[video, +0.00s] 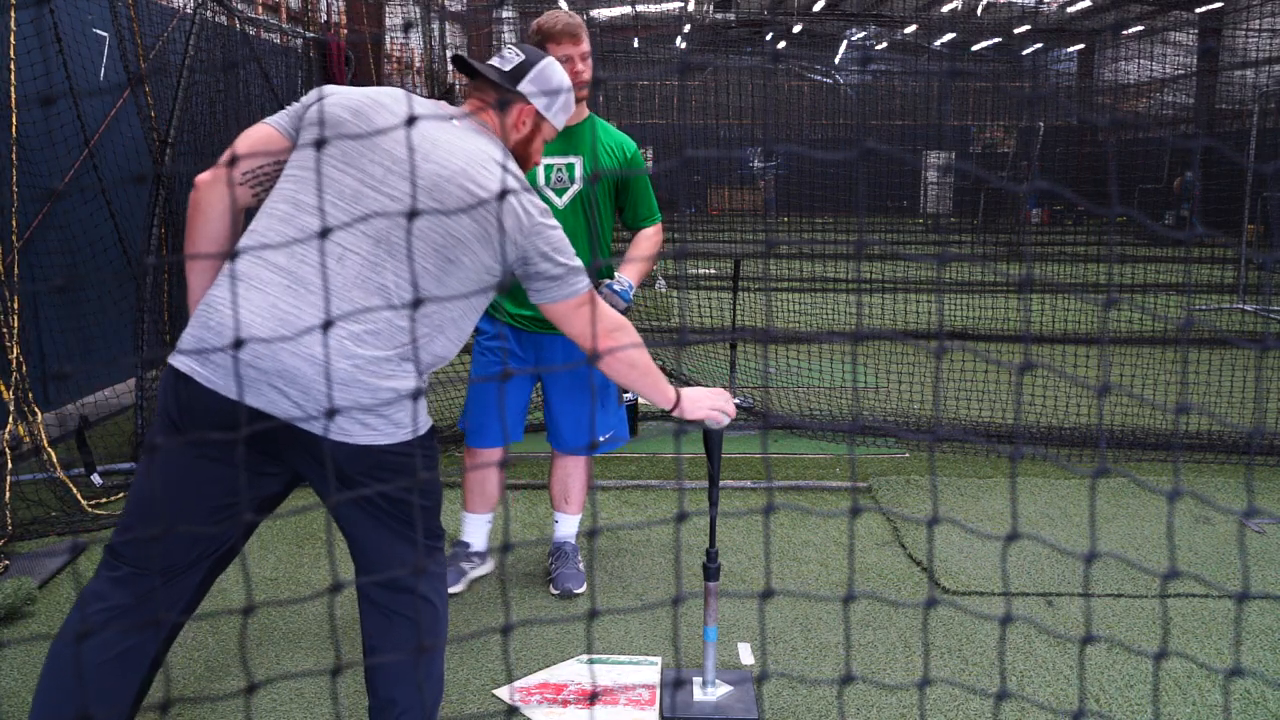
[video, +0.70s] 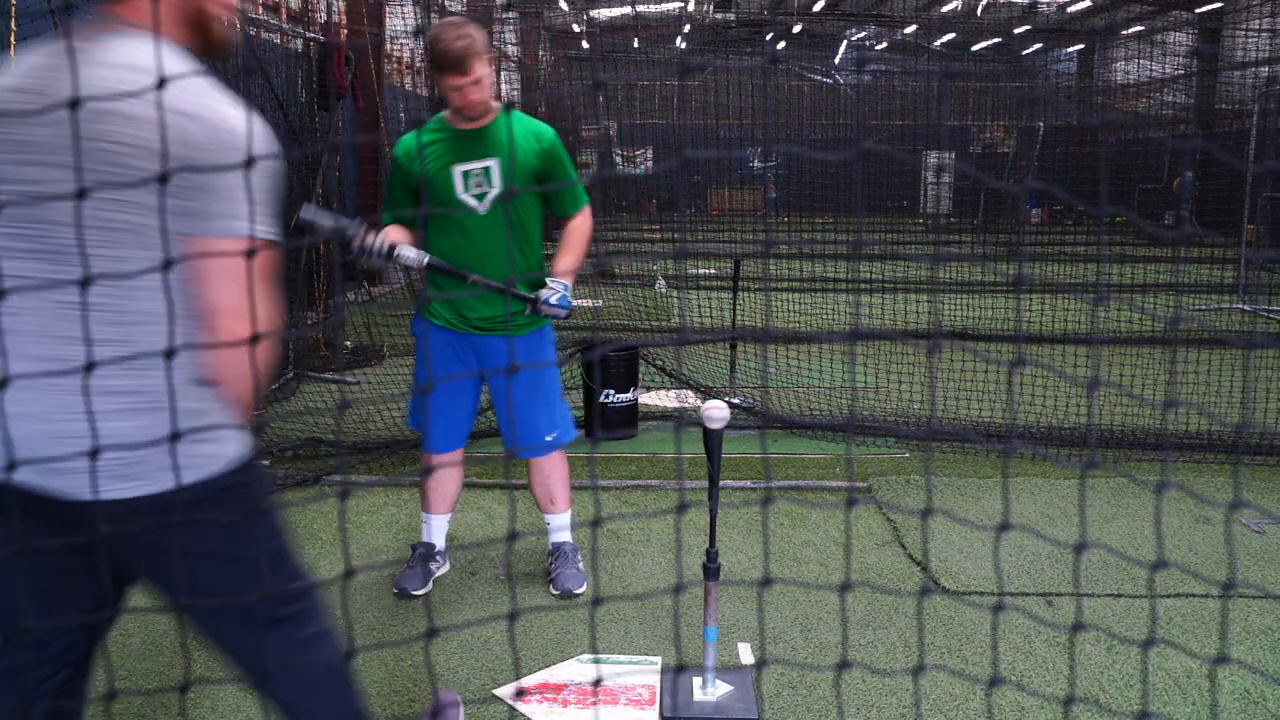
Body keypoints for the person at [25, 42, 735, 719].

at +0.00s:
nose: (544, 147)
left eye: (549, 133)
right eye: (546, 131)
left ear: (473, 89)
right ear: (519, 113)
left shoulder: (345, 105)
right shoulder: (515, 207)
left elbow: (221, 181)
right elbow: (598, 330)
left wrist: (208, 318)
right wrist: (673, 397)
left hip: (224, 372)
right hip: (367, 408)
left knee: (137, 586)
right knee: (404, 592)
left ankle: (66, 714)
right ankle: (404, 710)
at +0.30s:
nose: (494, 96)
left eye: (498, 82)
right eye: (493, 80)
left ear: (410, 51)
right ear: (468, 67)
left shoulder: (271, 85)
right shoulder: (474, 176)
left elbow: (169, 187)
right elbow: (512, 313)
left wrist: (184, 299)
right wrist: (559, 411)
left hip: (188, 379)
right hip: (335, 406)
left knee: (122, 593)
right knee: (387, 599)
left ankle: (56, 707)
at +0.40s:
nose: (431, 62)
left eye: (432, 43)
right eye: (428, 42)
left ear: (332, 24)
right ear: (403, 35)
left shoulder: (191, 86)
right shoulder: (421, 156)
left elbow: (115, 227)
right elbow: (437, 326)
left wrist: (177, 318)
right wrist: (428, 436)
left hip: (153, 414)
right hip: (308, 428)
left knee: (105, 618)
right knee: (379, 619)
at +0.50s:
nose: (383, 42)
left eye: (382, 27)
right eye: (375, 24)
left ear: (279, 16)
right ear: (347, 24)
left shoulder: (143, 91)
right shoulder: (375, 144)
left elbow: (80, 245)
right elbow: (382, 350)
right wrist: (360, 415)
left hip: (132, 430)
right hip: (289, 438)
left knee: (93, 635)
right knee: (370, 633)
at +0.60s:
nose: (286, 13)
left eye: (283, 0)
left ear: (163, 3)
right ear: (245, 6)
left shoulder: (36, 101)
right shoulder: (274, 134)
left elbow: (13, 270)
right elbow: (289, 334)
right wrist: (239, 418)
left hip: (53, 463)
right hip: (214, 462)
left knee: (48, 670)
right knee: (330, 661)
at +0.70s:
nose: (242, 6)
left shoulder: (11, 86)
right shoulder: (217, 126)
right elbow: (238, 350)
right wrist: (221, 437)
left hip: (29, 480)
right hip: (179, 476)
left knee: (27, 694)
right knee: (306, 672)